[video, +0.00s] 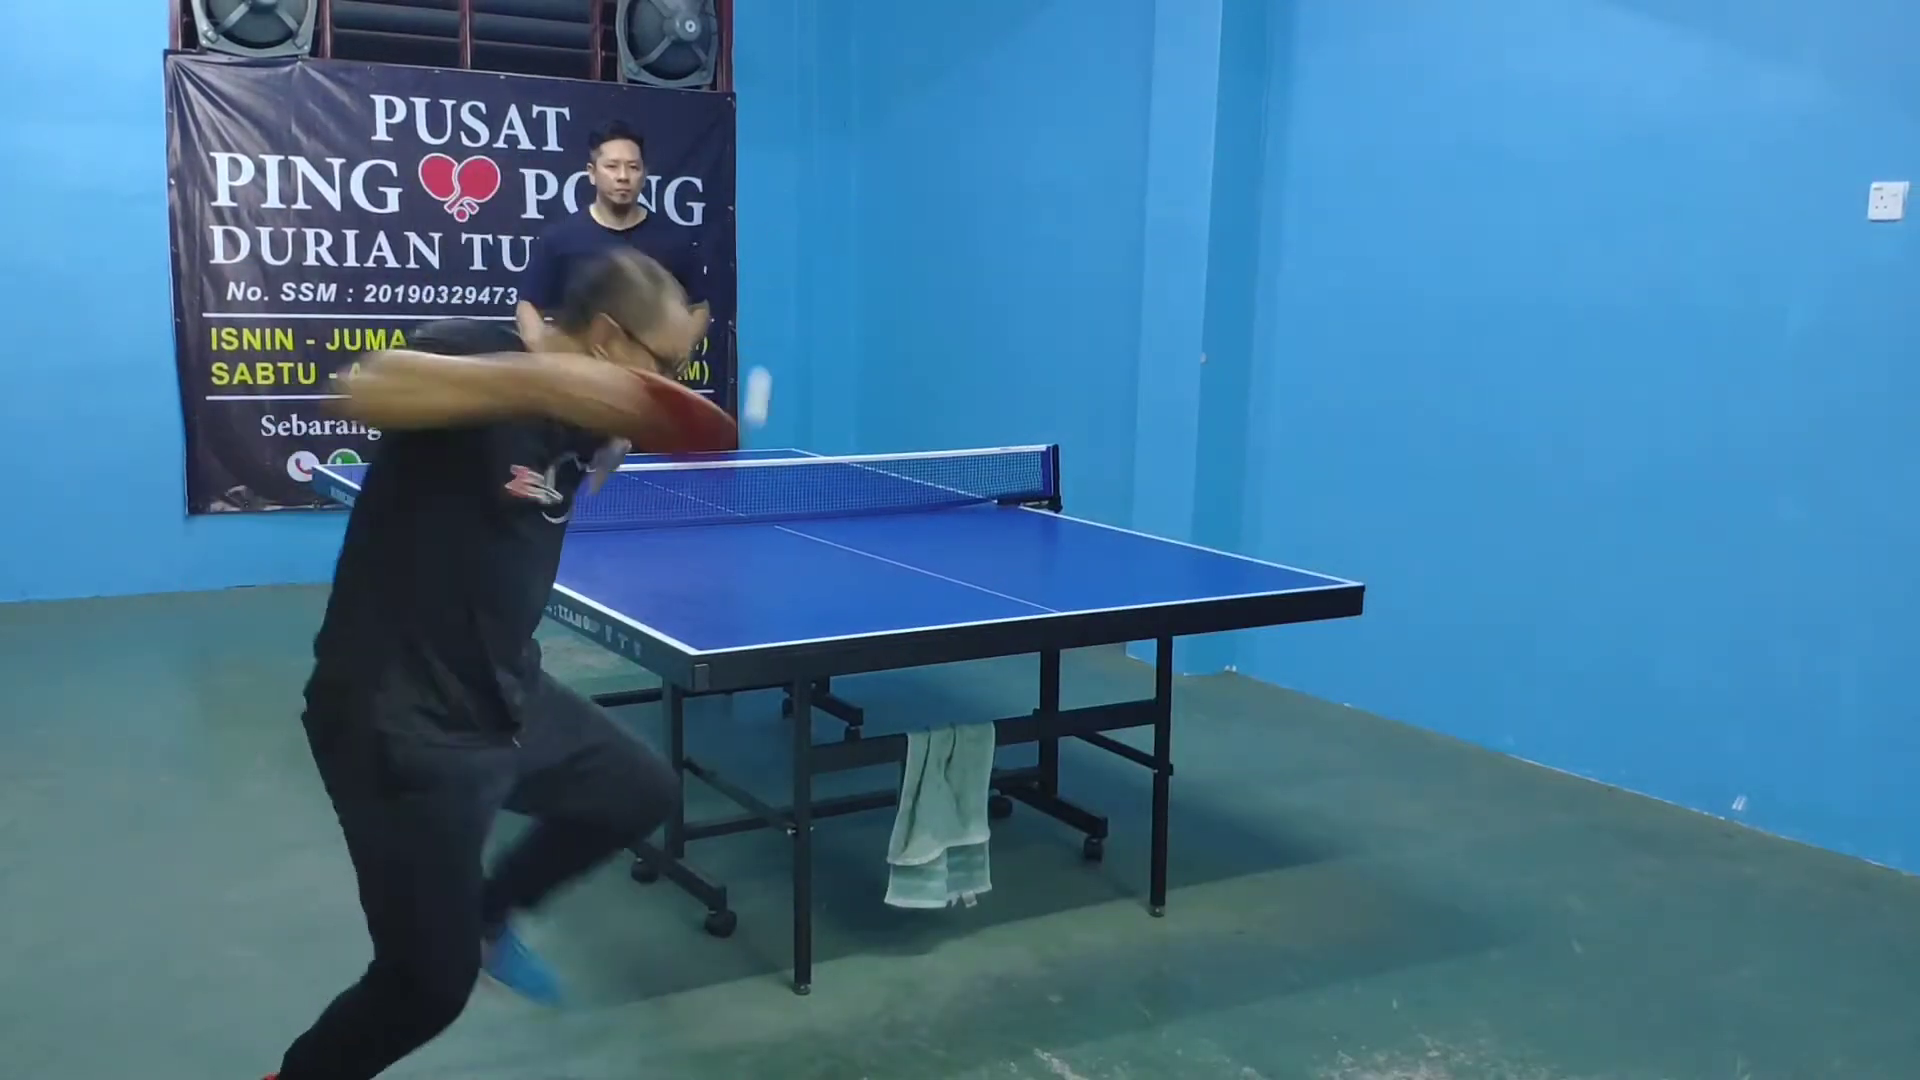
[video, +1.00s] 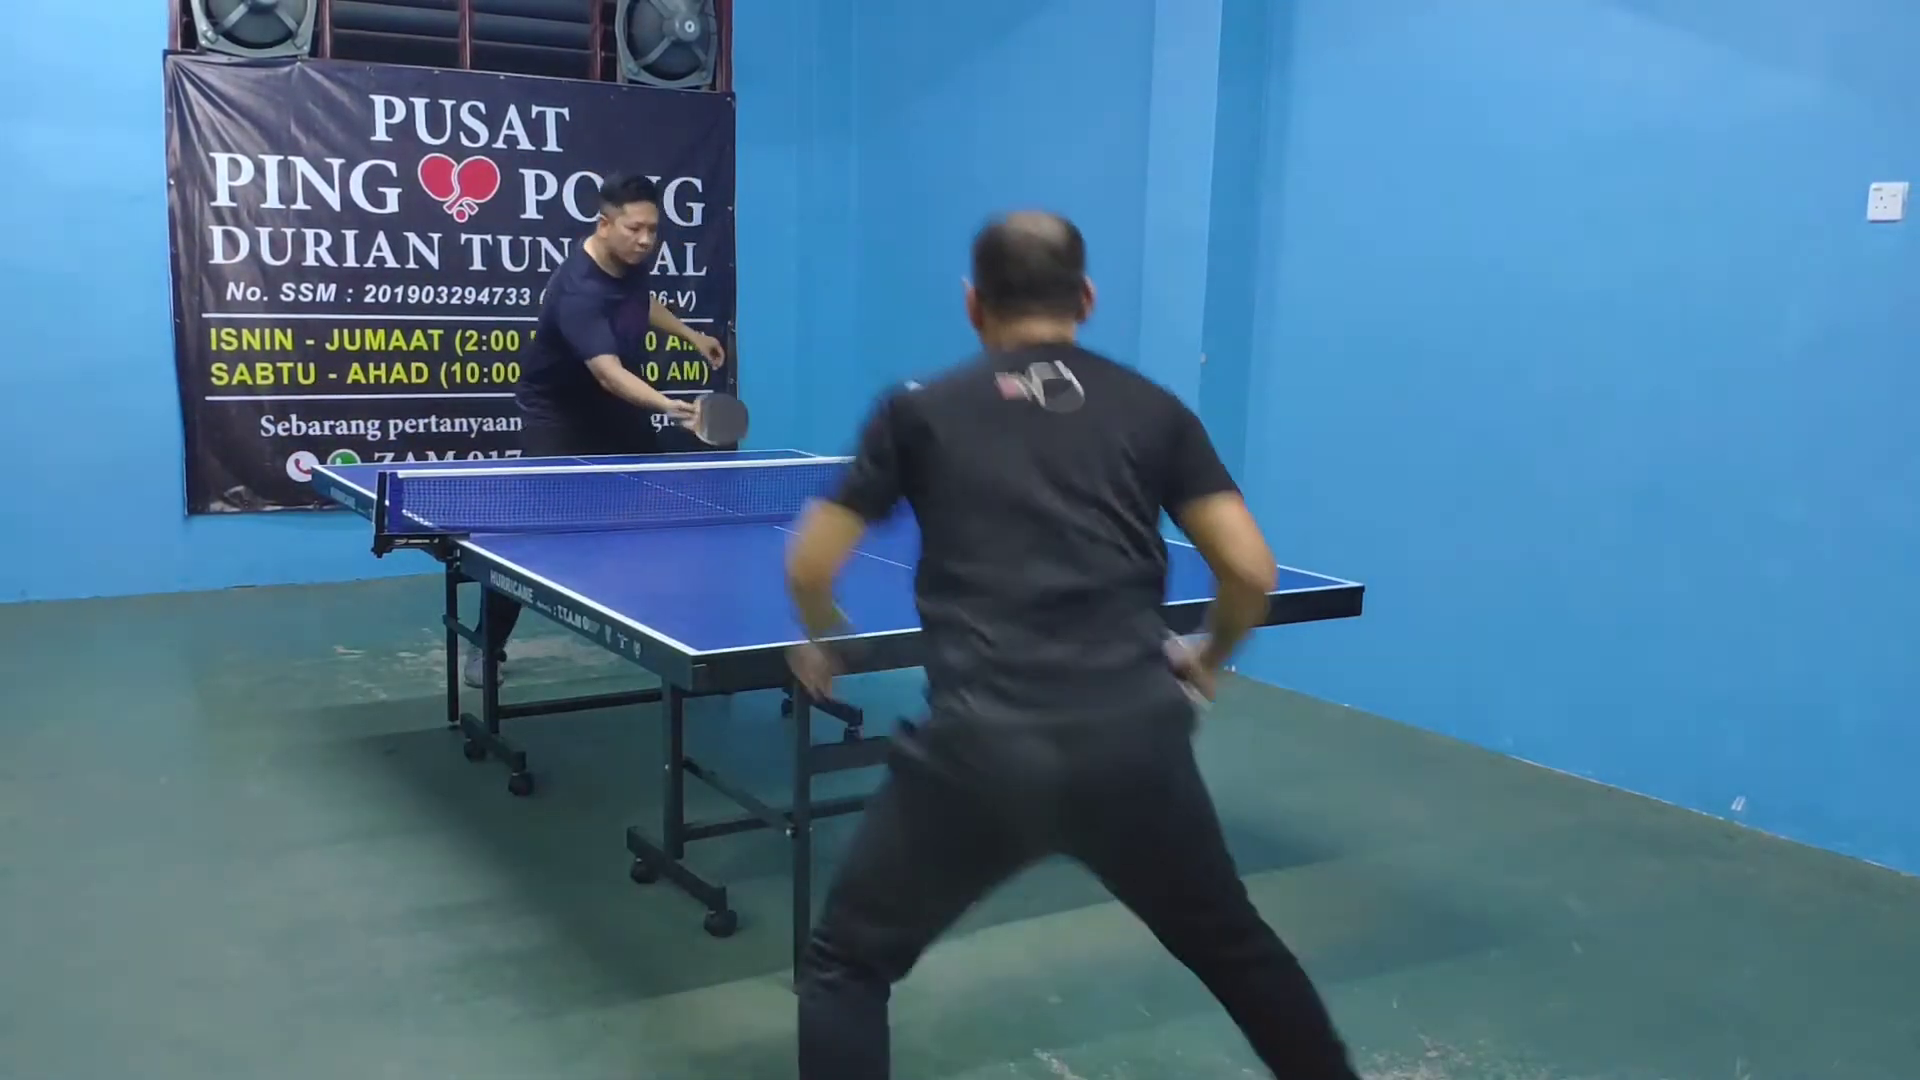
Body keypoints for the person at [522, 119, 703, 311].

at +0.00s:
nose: (623, 177)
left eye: (633, 167)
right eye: (612, 166)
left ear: (644, 175)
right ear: (592, 173)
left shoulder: (674, 238)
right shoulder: (559, 238)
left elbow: (700, 308)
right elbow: (527, 306)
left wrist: (674, 351)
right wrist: (548, 355)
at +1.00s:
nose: (645, 241)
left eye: (652, 231)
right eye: (635, 229)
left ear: (658, 229)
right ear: (603, 223)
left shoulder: (630, 262)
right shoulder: (578, 288)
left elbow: (640, 305)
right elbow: (609, 373)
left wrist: (691, 336)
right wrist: (671, 405)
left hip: (617, 410)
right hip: (558, 416)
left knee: (667, 500)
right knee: (537, 524)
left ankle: (684, 632)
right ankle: (490, 644)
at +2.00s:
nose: (505, 221)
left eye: (515, 210)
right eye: (495, 211)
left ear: (536, 210)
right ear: (483, 216)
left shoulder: (582, 257)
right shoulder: (467, 284)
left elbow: (630, 298)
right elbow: (408, 334)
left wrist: (681, 349)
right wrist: (365, 386)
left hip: (605, 427)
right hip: (521, 434)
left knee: (663, 522)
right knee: (471, 524)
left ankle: (695, 639)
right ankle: (436, 636)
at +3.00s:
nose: (562, 171)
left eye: (570, 161)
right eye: (550, 161)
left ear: (581, 169)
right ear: (529, 169)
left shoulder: (613, 236)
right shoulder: (500, 240)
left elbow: (645, 307)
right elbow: (472, 320)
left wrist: (668, 379)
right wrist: (459, 393)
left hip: (611, 403)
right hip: (532, 408)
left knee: (638, 510)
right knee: (512, 516)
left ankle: (649, 627)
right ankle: (495, 627)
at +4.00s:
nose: (620, 190)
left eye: (629, 181)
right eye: (609, 180)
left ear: (640, 186)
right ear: (588, 184)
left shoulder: (667, 248)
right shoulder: (556, 248)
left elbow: (694, 317)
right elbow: (517, 314)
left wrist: (680, 350)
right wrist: (526, 350)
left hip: (648, 413)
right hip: (572, 414)